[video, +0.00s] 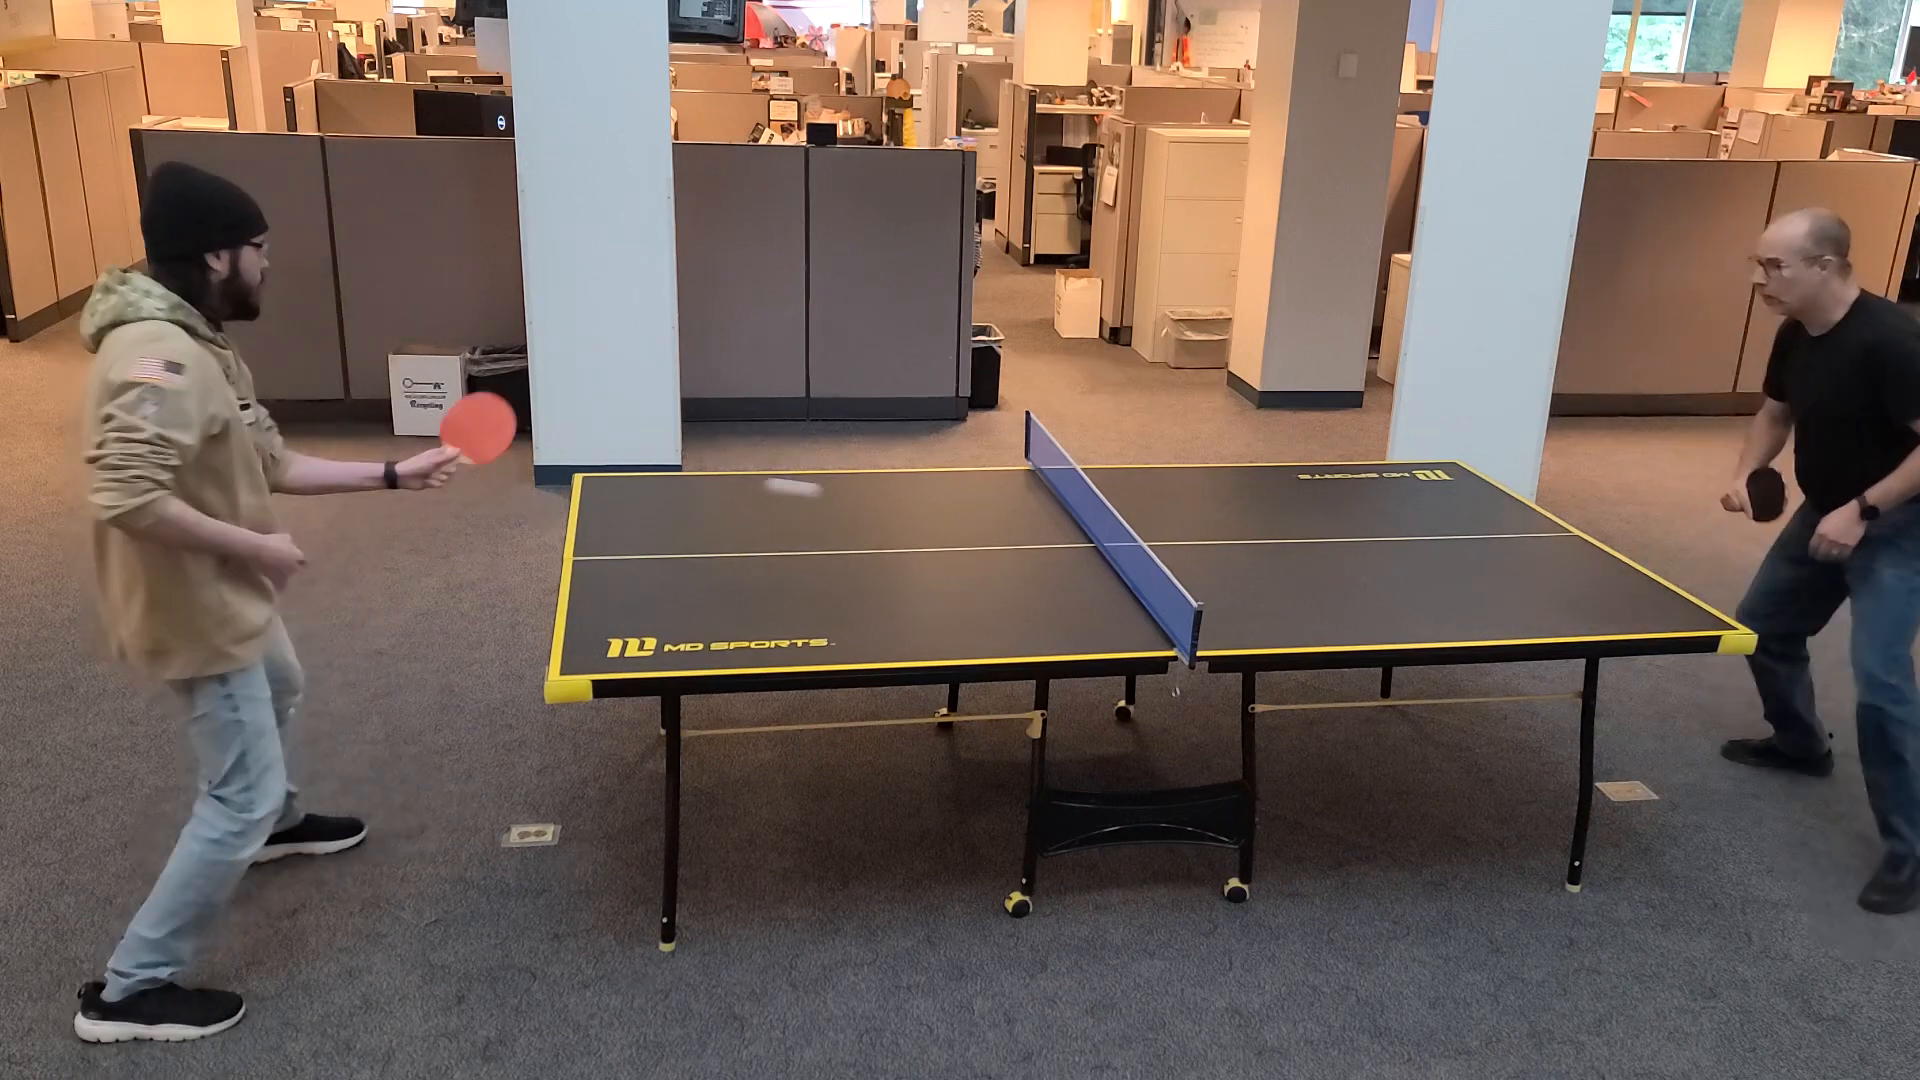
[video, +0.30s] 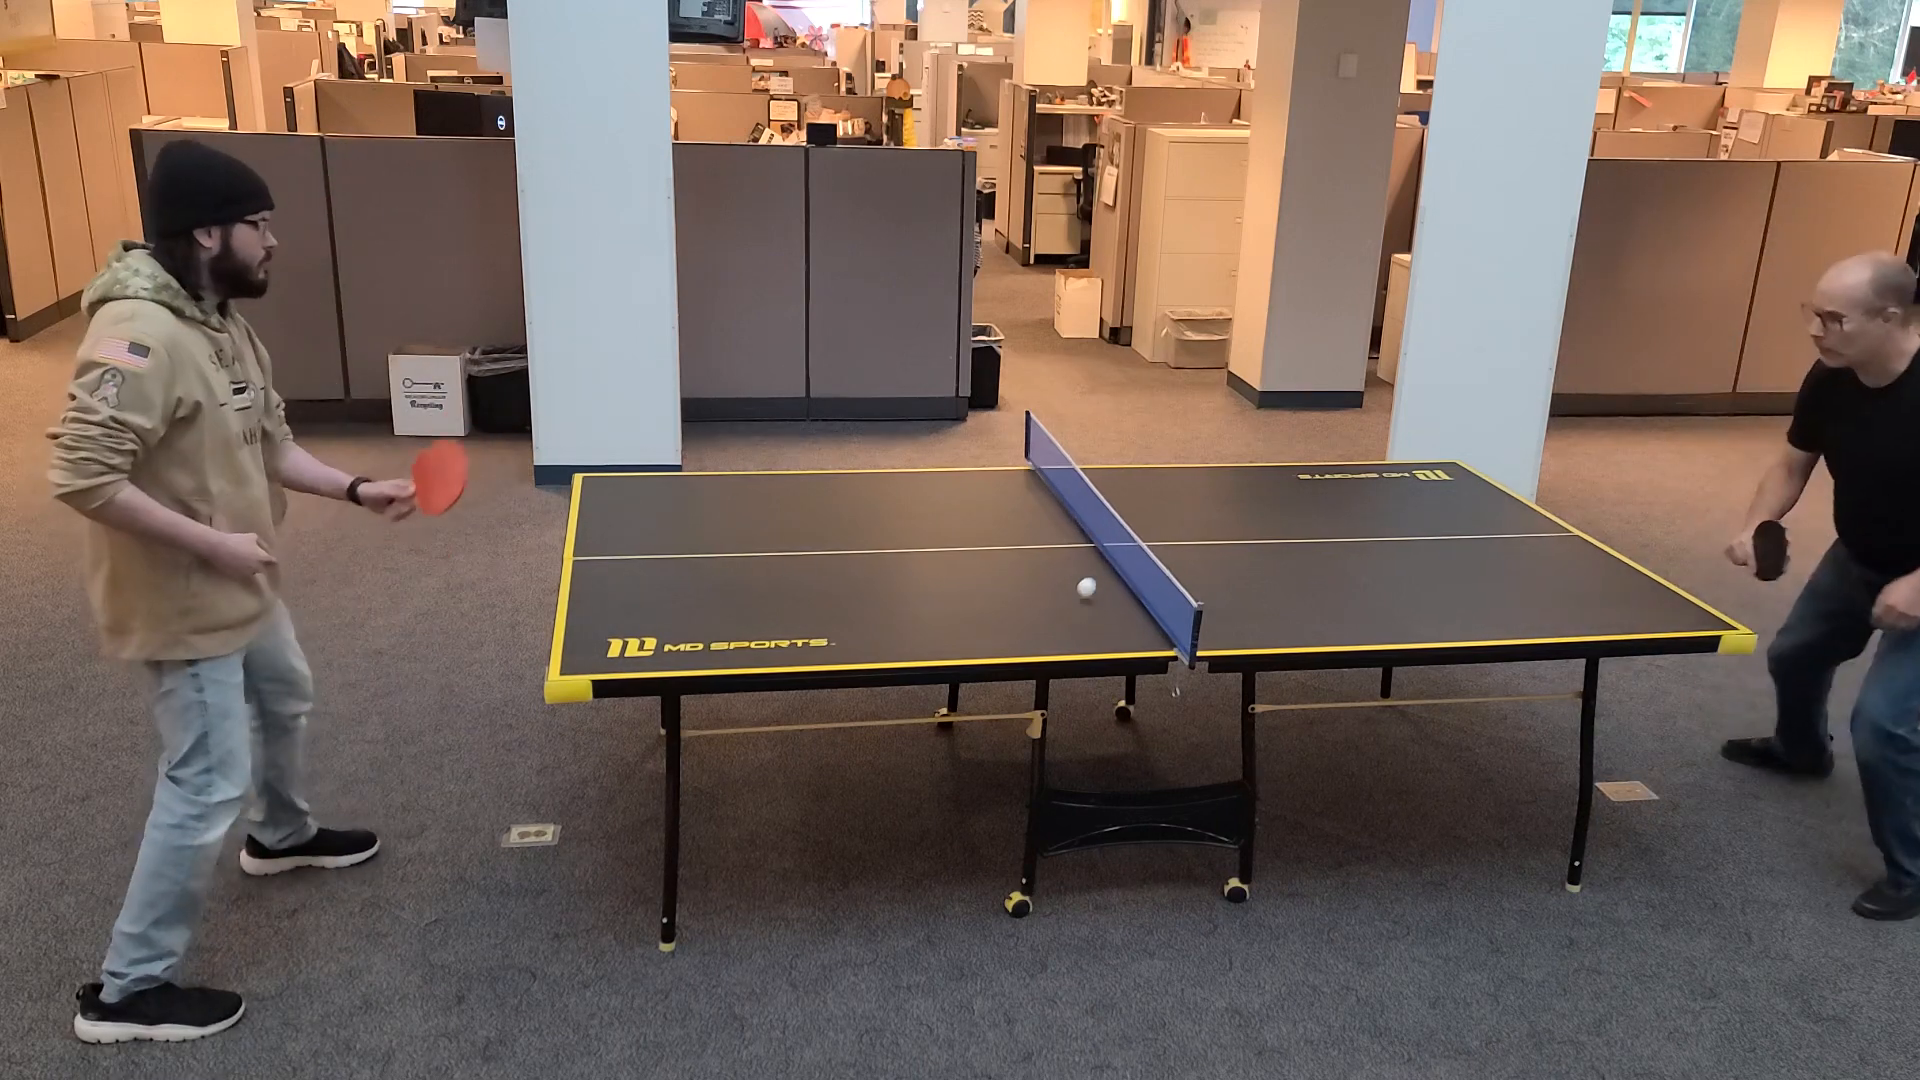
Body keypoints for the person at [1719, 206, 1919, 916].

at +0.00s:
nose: (1761, 279)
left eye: (1773, 267)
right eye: (1760, 266)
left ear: (1826, 268)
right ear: (1812, 270)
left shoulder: (1893, 340)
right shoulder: (1794, 334)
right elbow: (1776, 415)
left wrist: (1864, 508)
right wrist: (1745, 472)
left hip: (1896, 527)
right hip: (1824, 517)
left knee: (1883, 684)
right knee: (1763, 624)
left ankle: (1907, 850)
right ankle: (1799, 743)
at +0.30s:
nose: (1817, 328)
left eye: (1833, 318)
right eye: (1815, 314)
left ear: (1891, 320)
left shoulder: (1919, 388)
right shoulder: (1829, 380)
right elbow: (1793, 464)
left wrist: (1919, 580)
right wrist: (1758, 522)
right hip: (1860, 559)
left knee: (1883, 724)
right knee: (1793, 654)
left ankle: (1910, 873)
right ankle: (1801, 751)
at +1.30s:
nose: (1759, 239)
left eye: (1777, 228)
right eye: (1756, 226)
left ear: (1828, 232)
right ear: (1753, 225)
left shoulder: (1888, 321)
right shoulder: (1751, 309)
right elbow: (1714, 394)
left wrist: (1849, 510)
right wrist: (1690, 441)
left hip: (1852, 525)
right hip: (1759, 512)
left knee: (1825, 687)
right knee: (1727, 656)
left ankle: (1837, 828)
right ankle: (1724, 793)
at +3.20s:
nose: (1781, 221)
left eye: (1799, 211)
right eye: (1778, 208)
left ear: (1847, 215)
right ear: (1778, 209)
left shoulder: (1889, 302)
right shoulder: (1784, 285)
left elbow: (1905, 421)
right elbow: (1757, 372)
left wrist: (1801, 476)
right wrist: (1709, 424)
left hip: (1838, 506)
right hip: (1760, 494)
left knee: (1814, 671)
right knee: (1746, 643)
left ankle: (1816, 818)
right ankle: (1749, 771)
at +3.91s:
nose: (1776, 256)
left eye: (1781, 242)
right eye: (1772, 243)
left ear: (1826, 231)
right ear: (1826, 231)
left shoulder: (1898, 306)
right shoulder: (1849, 293)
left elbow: (1902, 435)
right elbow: (1833, 391)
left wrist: (1791, 471)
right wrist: (1769, 422)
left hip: (1860, 518)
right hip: (1809, 508)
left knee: (1829, 682)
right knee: (1766, 642)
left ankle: (1863, 832)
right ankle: (1752, 771)